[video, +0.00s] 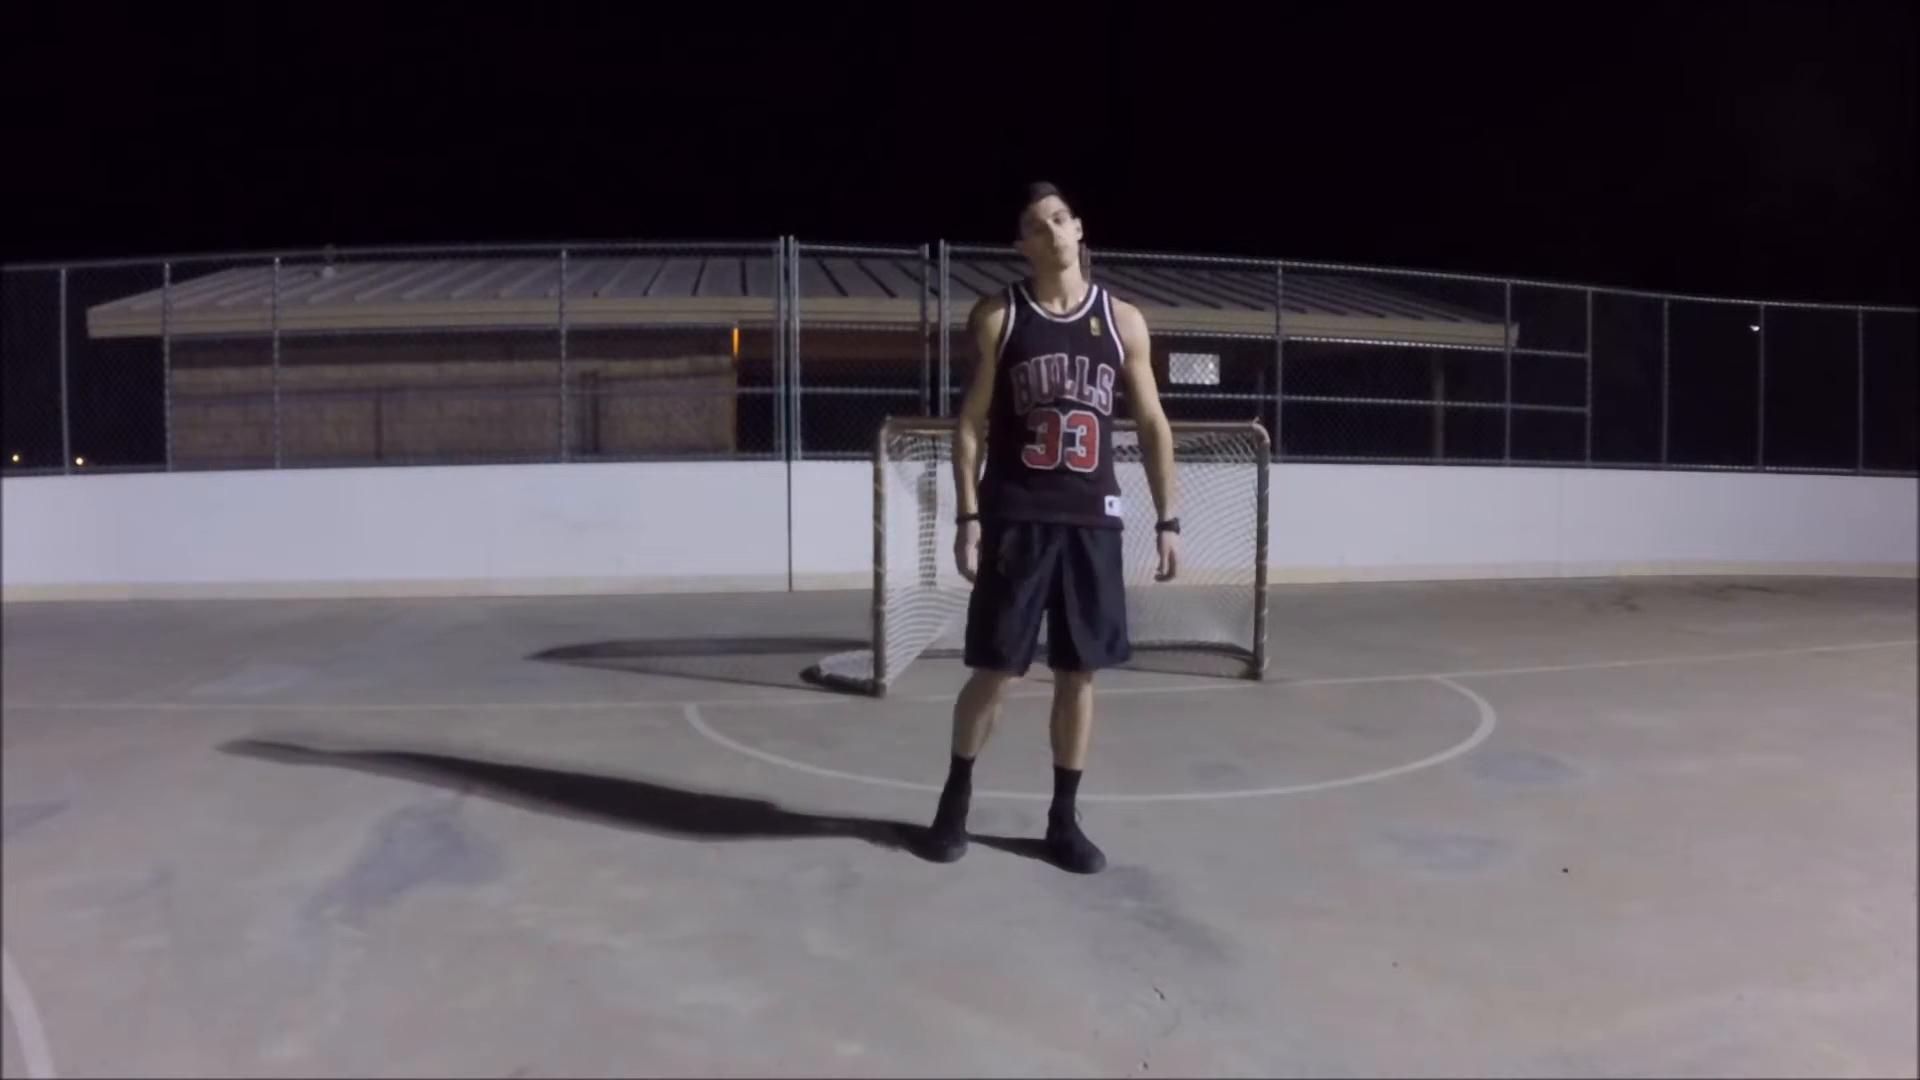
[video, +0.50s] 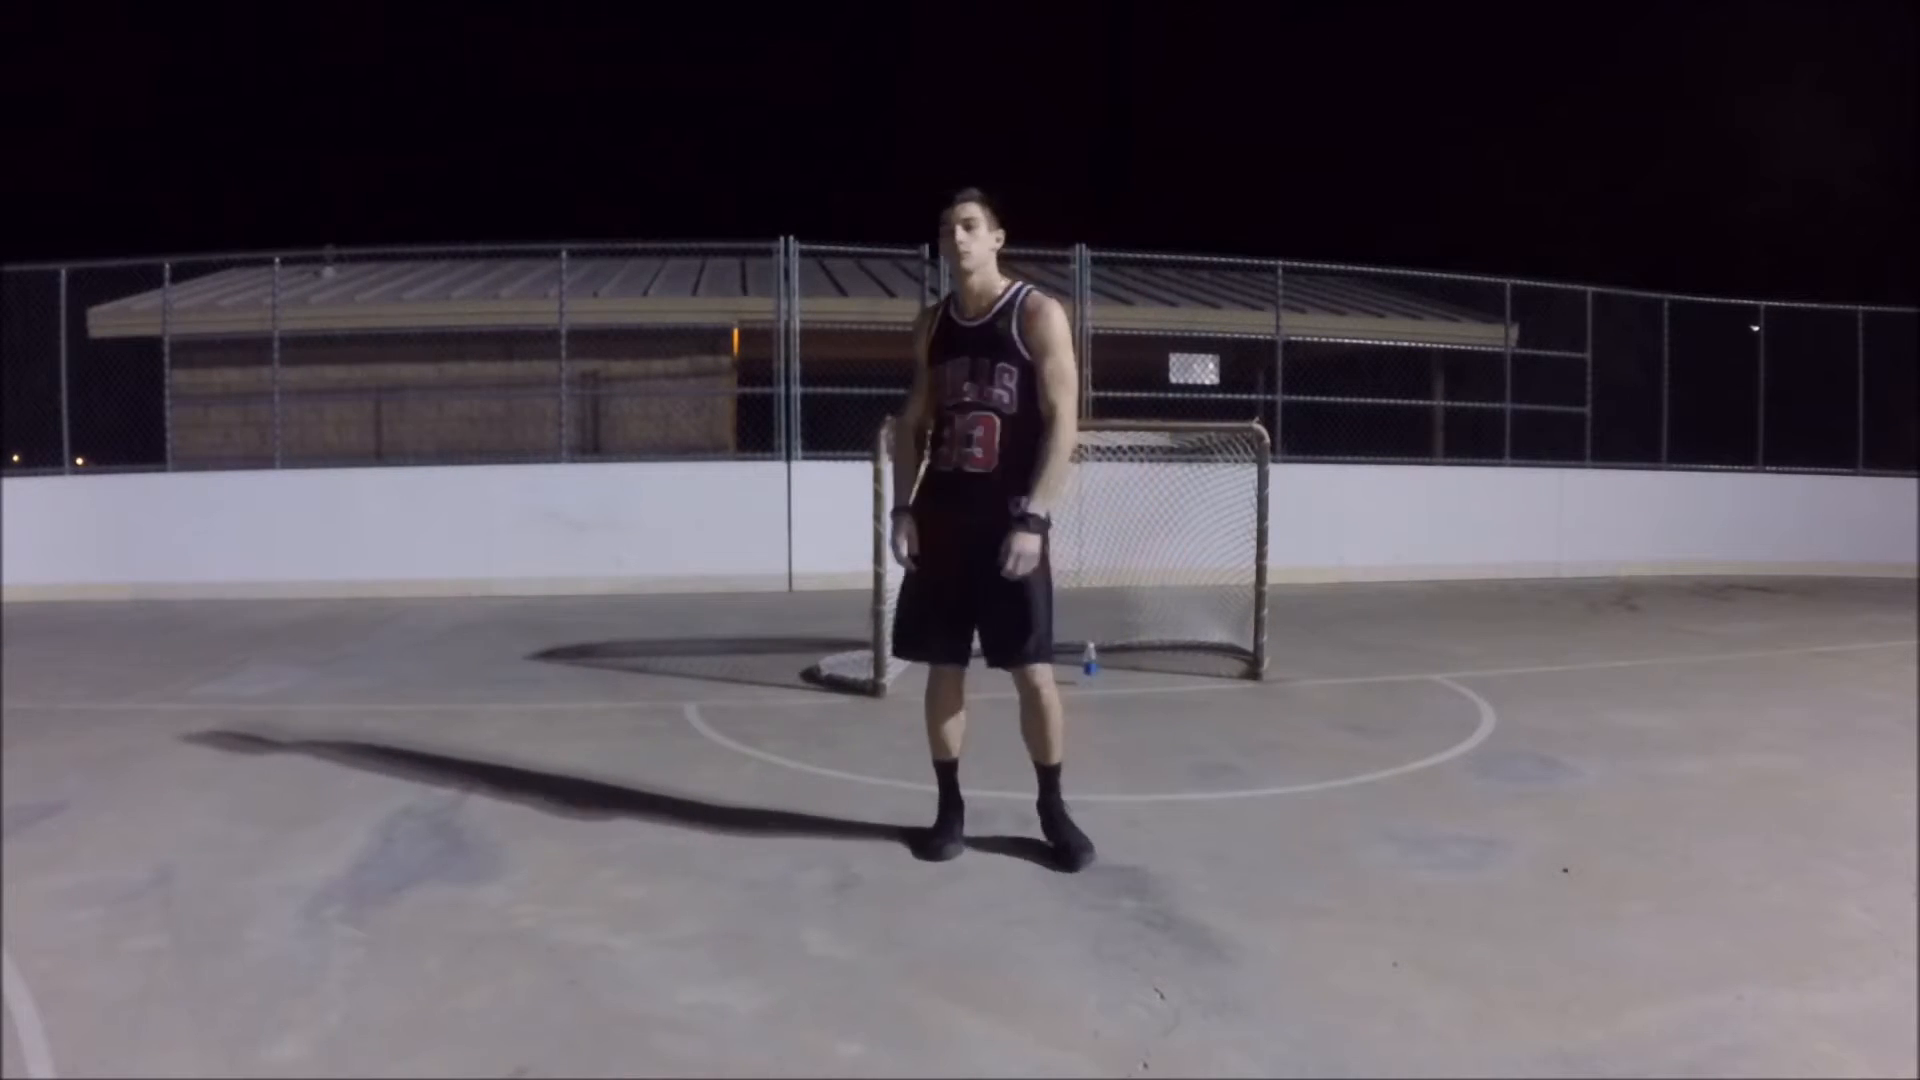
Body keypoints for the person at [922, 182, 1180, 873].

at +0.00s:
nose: (1052, 230)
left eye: (1059, 219)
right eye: (1037, 225)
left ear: (1081, 232)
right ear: (1021, 247)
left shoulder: (1124, 320)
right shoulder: (999, 316)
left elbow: (1152, 423)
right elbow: (970, 423)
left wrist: (1167, 521)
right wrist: (968, 515)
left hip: (1093, 524)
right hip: (1016, 522)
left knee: (1079, 673)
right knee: (994, 674)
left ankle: (1064, 820)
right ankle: (955, 799)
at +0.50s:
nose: (957, 239)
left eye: (969, 227)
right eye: (949, 230)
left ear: (998, 237)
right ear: (941, 245)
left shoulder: (1039, 314)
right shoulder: (935, 321)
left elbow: (1062, 423)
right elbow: (915, 420)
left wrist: (1034, 520)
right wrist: (903, 505)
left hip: (1013, 518)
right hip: (943, 517)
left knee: (1032, 670)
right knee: (944, 667)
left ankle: (1053, 810)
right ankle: (949, 813)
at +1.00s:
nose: (940, 240)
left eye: (952, 229)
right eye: (930, 232)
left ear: (978, 241)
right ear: (919, 248)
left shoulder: (1018, 310)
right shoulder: (919, 325)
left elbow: (1024, 419)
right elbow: (914, 426)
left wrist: (971, 506)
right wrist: (893, 514)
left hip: (1007, 509)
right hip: (938, 508)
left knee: (1029, 664)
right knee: (944, 666)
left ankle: (1043, 746)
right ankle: (949, 806)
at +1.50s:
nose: (986, 239)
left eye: (997, 226)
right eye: (975, 230)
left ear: (1023, 235)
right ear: (960, 244)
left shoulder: (1064, 318)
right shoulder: (942, 316)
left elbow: (1094, 421)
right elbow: (908, 406)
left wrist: (1095, 520)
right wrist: (888, 490)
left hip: (1026, 523)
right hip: (947, 516)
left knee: (1032, 664)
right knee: (913, 658)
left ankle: (1038, 803)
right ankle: (867, 786)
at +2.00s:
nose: (934, 272)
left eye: (942, 257)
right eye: (920, 261)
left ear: (963, 238)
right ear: (899, 247)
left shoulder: (995, 282)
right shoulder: (869, 286)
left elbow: (1090, 245)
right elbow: (770, 283)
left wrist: (1138, 169)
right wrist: (749, 203)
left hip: (955, 496)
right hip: (885, 498)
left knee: (902, 653)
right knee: (925, 656)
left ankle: (849, 778)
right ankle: (969, 807)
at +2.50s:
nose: (922, 289)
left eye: (931, 275)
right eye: (908, 278)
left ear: (943, 260)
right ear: (876, 265)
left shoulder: (971, 304)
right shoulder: (845, 316)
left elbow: (1077, 309)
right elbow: (766, 337)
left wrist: (1043, 248)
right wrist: (727, 279)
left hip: (959, 512)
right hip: (888, 518)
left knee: (915, 663)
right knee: (957, 674)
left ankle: (869, 835)